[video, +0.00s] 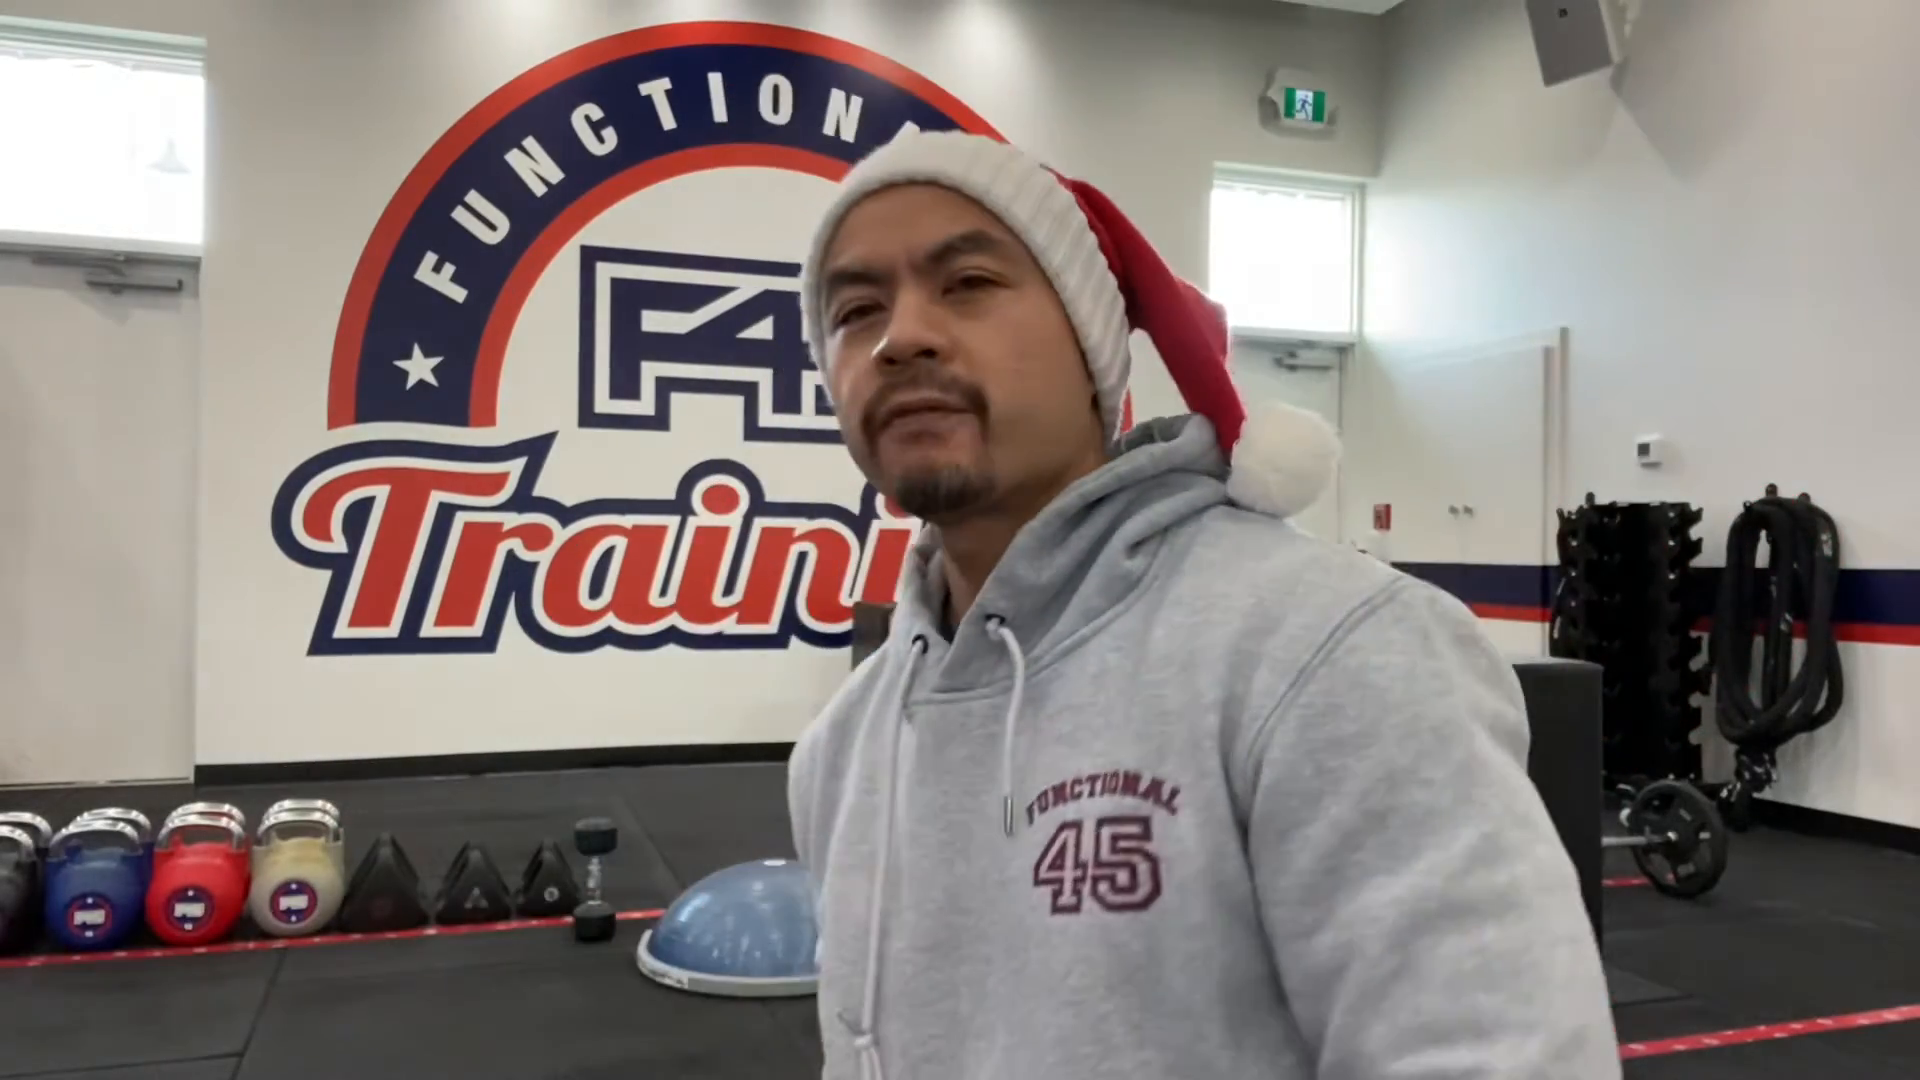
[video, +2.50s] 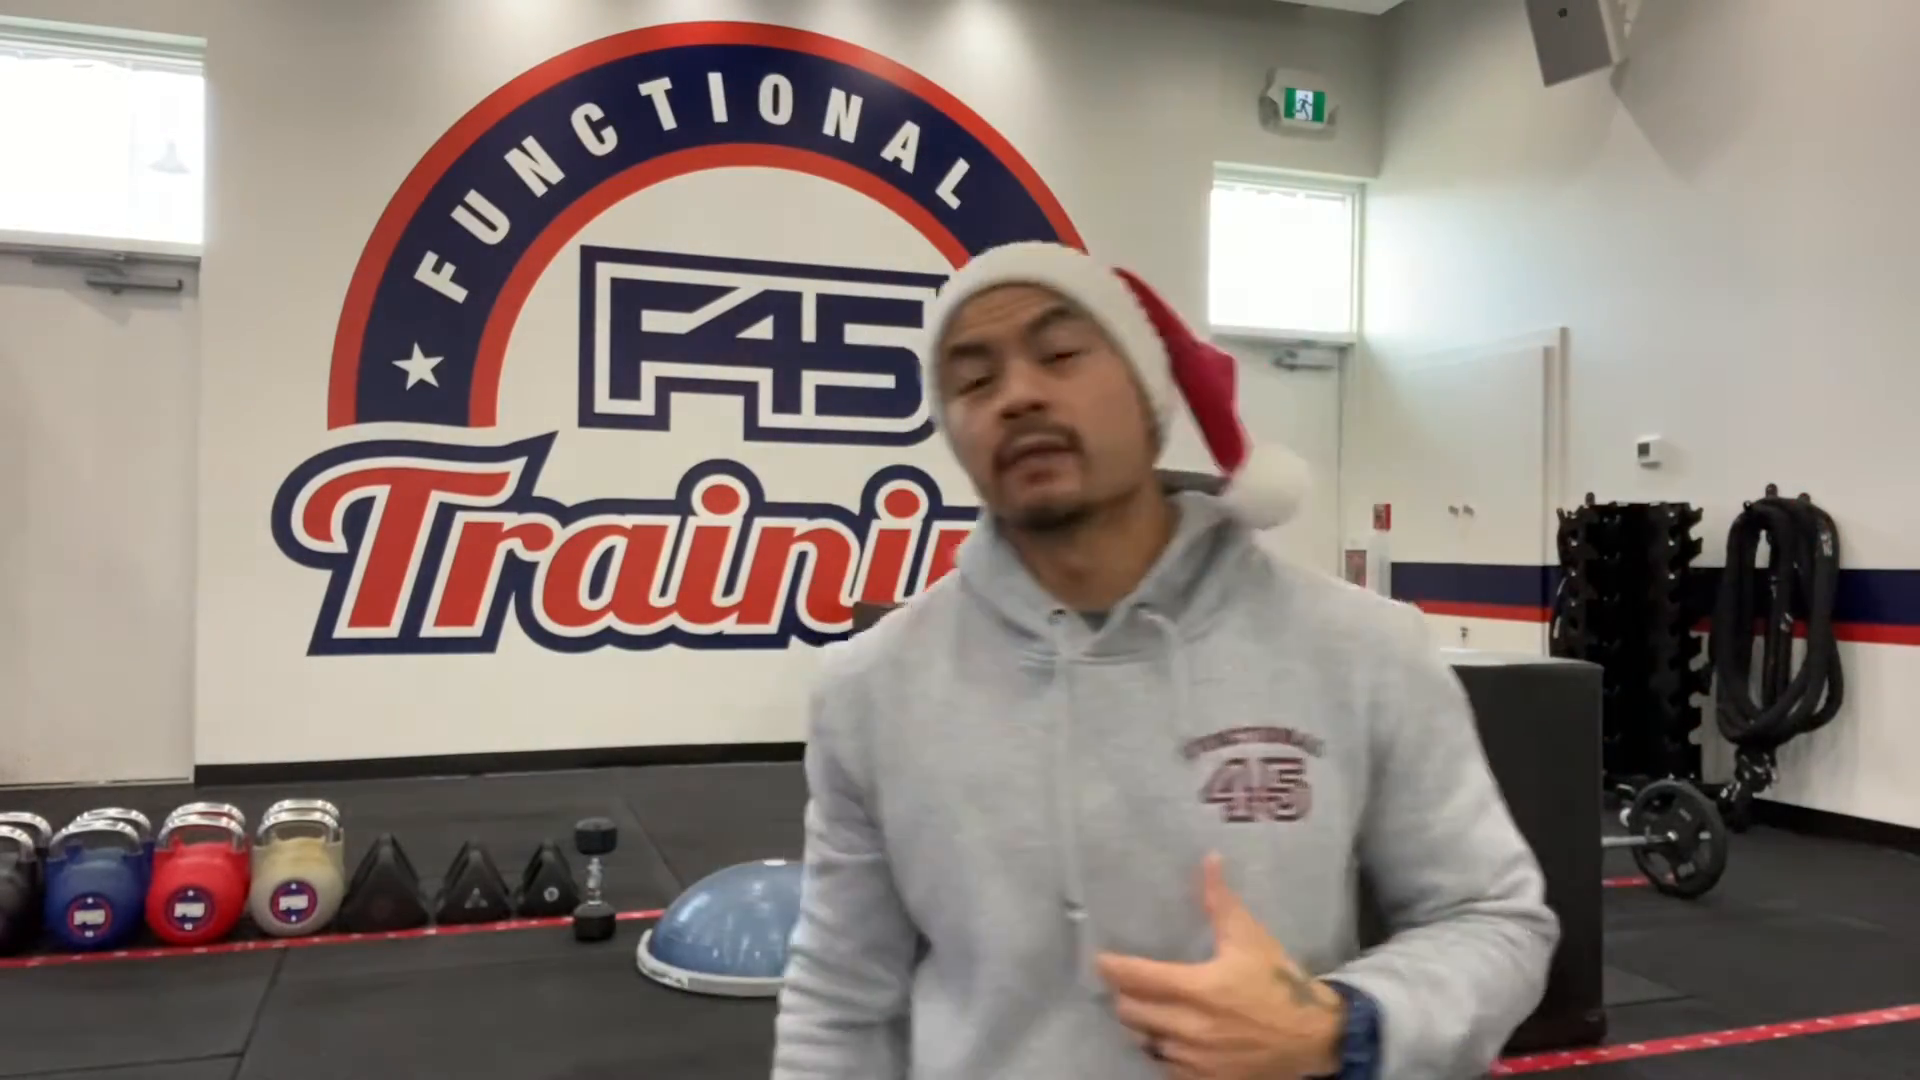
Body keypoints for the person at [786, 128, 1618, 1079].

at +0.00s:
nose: (902, 338)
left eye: (970, 283)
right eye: (860, 312)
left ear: (1105, 339)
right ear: (828, 383)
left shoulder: (1336, 644)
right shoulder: (839, 748)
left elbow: (1496, 1055)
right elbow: (865, 1057)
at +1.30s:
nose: (958, 308)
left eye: (1020, 264)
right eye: (899, 275)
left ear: (1111, 337)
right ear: (842, 352)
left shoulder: (1347, 665)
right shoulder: (711, 740)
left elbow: (1495, 1056)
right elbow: (695, 1069)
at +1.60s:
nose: (1083, 313)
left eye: (1128, 270)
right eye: (1010, 283)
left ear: (1190, 337)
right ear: (924, 374)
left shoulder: (1376, 658)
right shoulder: (771, 752)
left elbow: (1498, 1035)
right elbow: (725, 1064)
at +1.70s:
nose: (1164, 326)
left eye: (1197, 289)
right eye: (1091, 292)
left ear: (1244, 348)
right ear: (993, 379)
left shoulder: (1374, 664)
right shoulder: (836, 732)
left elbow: (1488, 1000)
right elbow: (778, 1071)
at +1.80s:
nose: (1296, 378)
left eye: (1319, 347)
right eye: (1233, 328)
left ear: (1338, 391)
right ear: (1099, 368)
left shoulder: (1369, 679)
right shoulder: (915, 697)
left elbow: (1474, 940)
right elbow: (823, 1053)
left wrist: (1500, 1040)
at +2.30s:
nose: (1192, 382)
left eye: (1221, 338)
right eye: (1130, 359)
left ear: (1277, 375)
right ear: (1065, 427)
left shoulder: (1426, 655)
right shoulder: (946, 690)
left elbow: (1519, 910)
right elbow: (892, 1020)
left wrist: (1438, 1019)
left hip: (1363, 1076)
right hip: (1067, 1064)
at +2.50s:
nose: (1017, 398)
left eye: (1061, 352)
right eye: (974, 378)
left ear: (1155, 385)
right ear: (950, 437)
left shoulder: (1364, 655)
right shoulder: (869, 697)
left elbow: (1496, 920)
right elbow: (836, 1012)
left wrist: (1344, 1030)